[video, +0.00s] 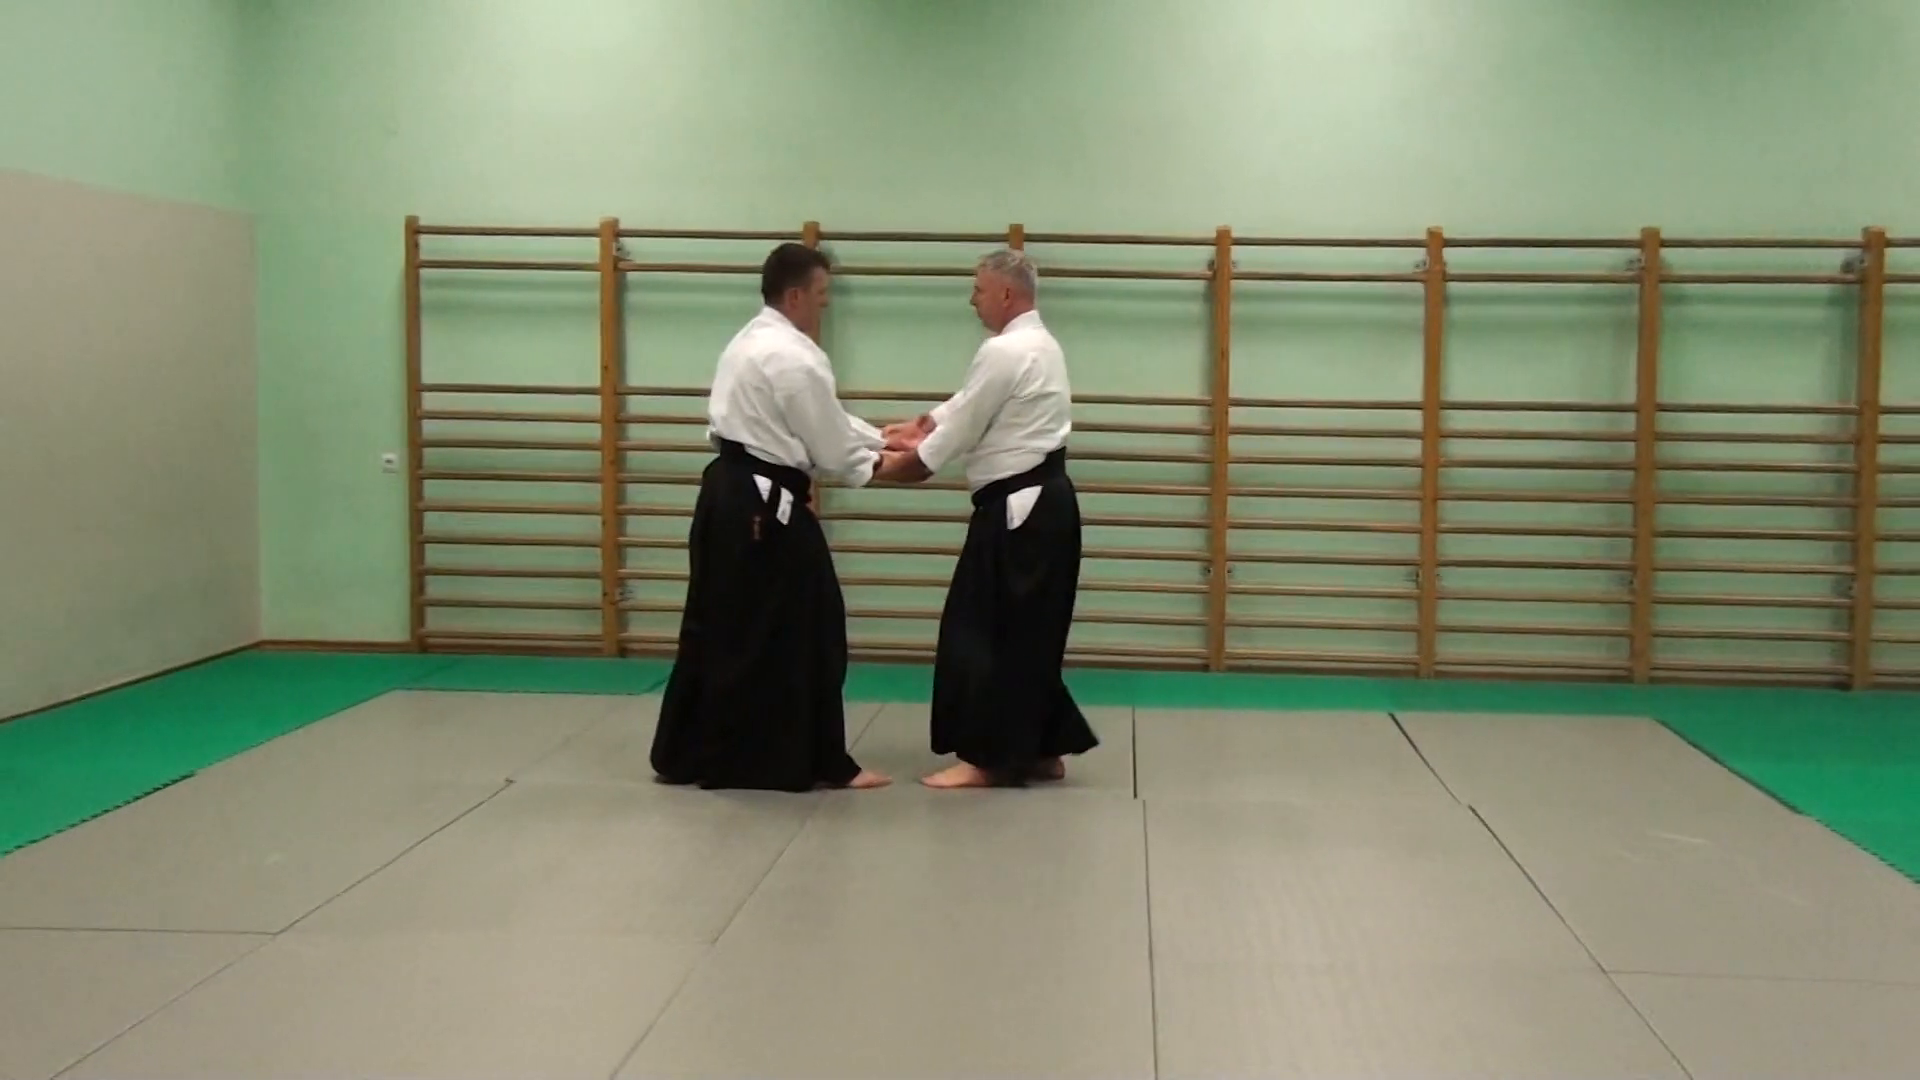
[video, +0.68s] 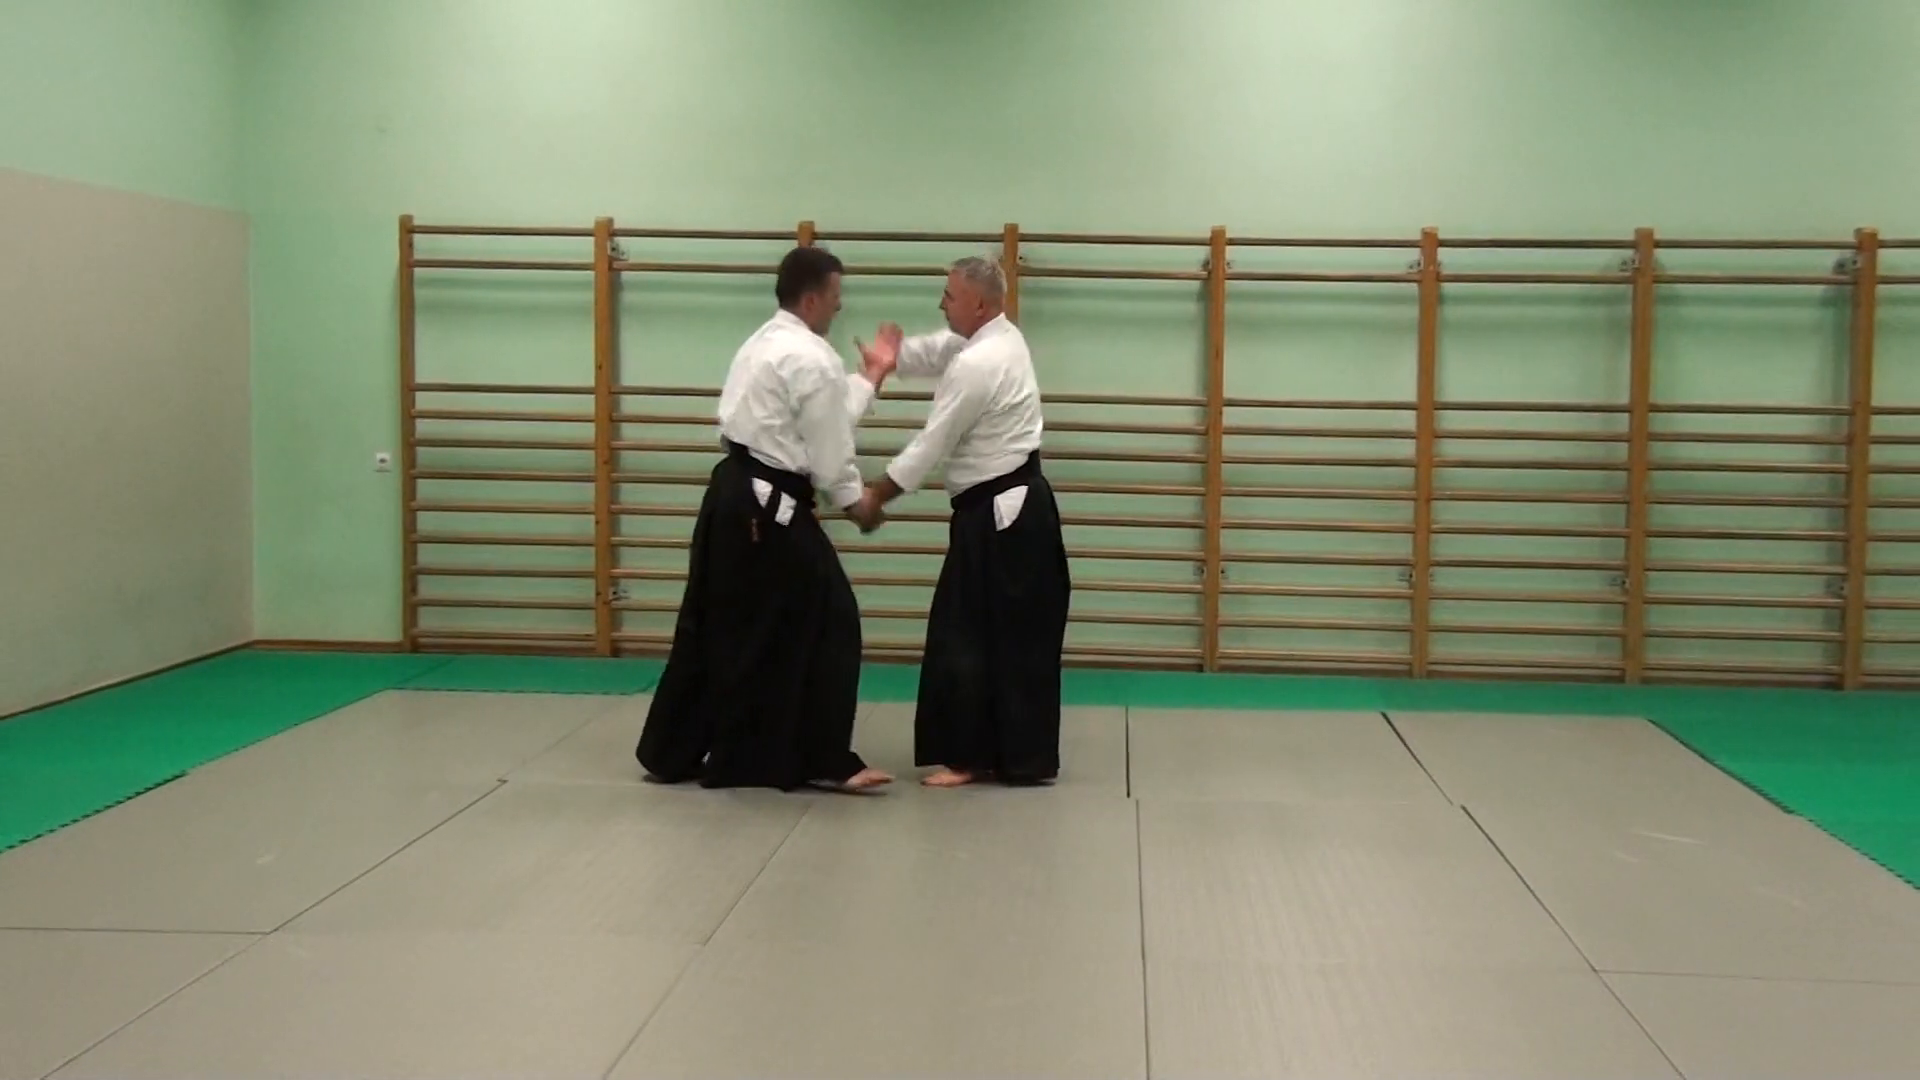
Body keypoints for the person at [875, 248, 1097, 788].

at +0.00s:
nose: (973, 300)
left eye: (979, 290)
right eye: (974, 290)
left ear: (1006, 293)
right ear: (1015, 294)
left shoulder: (1005, 353)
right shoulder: (1042, 344)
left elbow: (959, 431)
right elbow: (982, 406)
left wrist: (910, 459)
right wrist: (927, 423)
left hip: (1012, 508)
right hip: (1048, 499)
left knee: (973, 627)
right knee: (1031, 628)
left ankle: (982, 758)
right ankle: (1042, 749)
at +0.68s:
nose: (944, 304)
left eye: (951, 297)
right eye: (946, 295)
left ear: (980, 303)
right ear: (985, 302)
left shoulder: (975, 362)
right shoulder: (1002, 337)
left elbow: (932, 444)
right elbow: (936, 350)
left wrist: (877, 495)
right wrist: (889, 355)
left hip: (993, 511)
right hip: (1021, 500)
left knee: (964, 630)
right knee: (1016, 629)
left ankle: (971, 758)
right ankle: (1020, 756)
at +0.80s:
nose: (938, 318)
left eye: (946, 311)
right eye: (939, 309)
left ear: (977, 315)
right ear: (976, 313)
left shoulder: (981, 379)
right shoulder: (987, 342)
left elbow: (951, 470)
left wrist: (897, 522)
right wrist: (910, 293)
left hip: (989, 511)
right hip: (1007, 500)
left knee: (948, 623)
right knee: (992, 624)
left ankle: (964, 756)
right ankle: (996, 749)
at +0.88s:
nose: (947, 331)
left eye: (959, 325)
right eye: (947, 320)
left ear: (989, 326)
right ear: (951, 312)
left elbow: (966, 479)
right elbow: (970, 287)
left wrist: (917, 531)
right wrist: (945, 268)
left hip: (991, 513)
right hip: (961, 503)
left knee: (973, 630)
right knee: (934, 623)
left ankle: (972, 755)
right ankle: (936, 748)